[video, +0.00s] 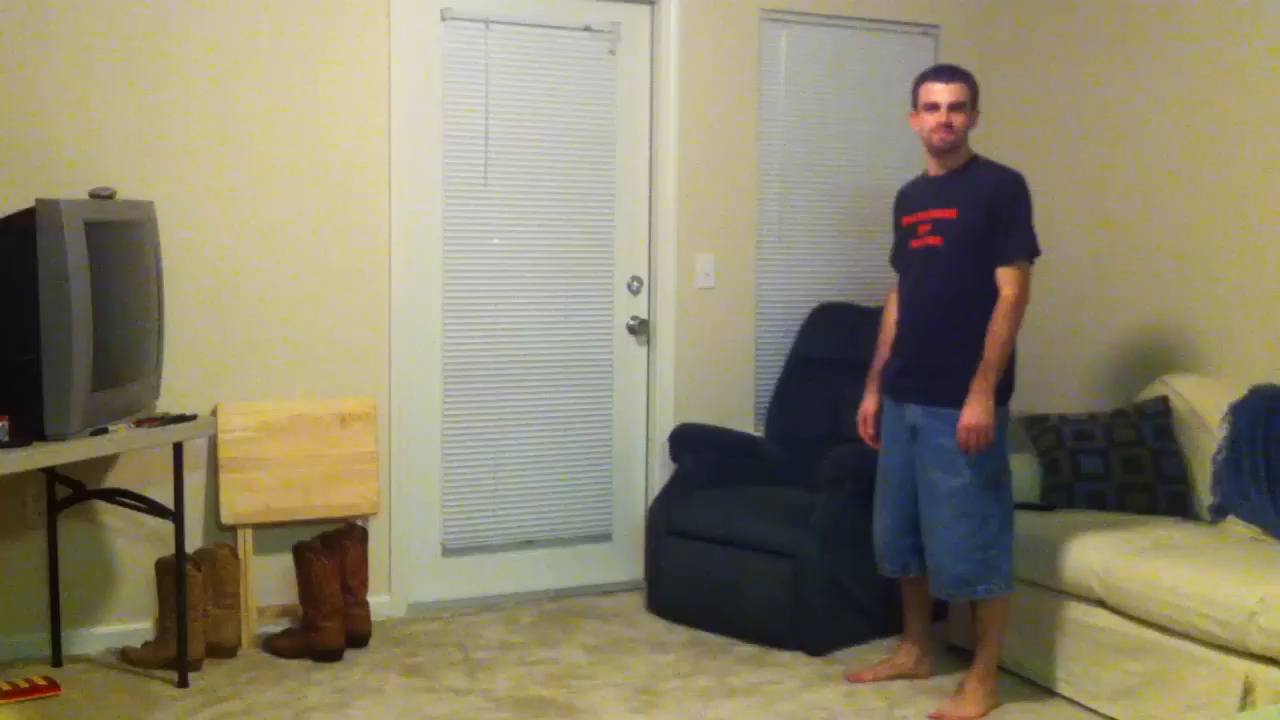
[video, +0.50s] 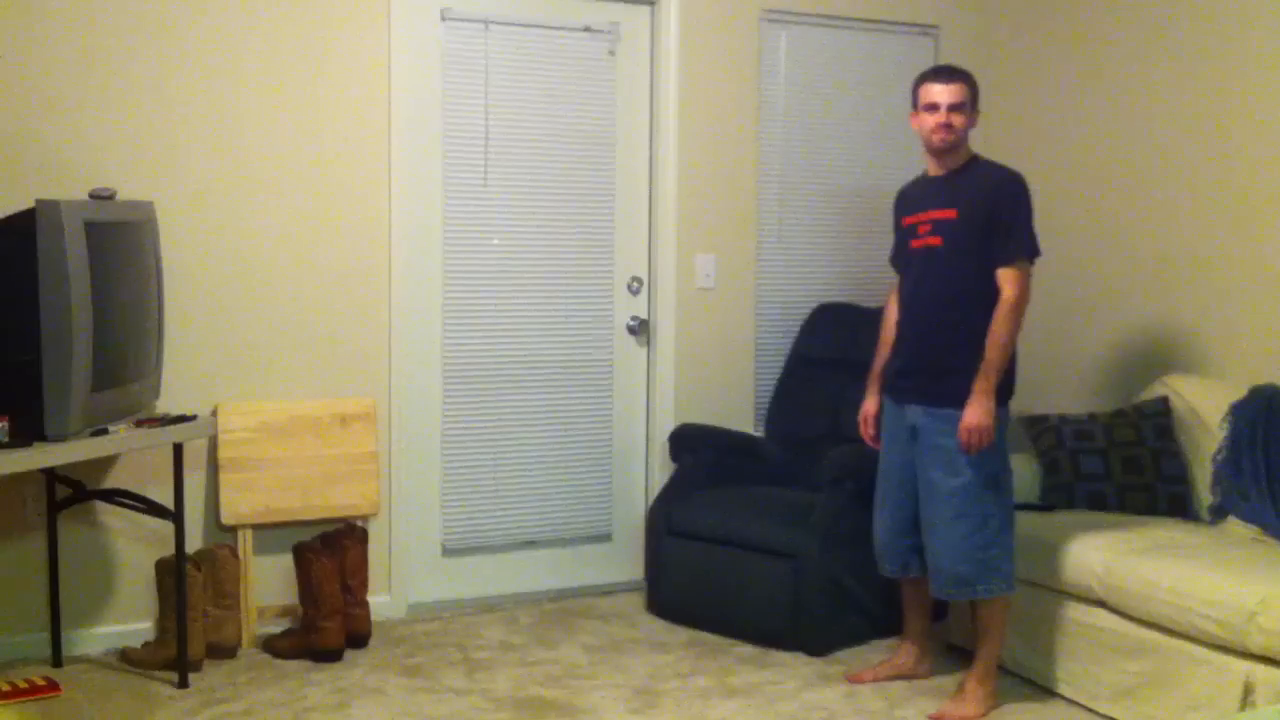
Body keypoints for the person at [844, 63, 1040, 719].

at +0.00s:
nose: (944, 119)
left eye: (957, 109)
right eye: (931, 108)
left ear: (974, 118)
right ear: (914, 118)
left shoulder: (1001, 188)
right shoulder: (909, 199)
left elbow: (1012, 297)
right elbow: (900, 295)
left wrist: (983, 394)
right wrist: (874, 386)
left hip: (964, 402)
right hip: (902, 397)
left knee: (978, 544)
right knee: (907, 531)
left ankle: (983, 677)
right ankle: (914, 650)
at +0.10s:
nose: (944, 119)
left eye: (957, 109)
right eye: (931, 108)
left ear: (974, 118)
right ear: (914, 118)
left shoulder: (1001, 188)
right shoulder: (908, 199)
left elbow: (1012, 296)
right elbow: (900, 295)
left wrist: (983, 394)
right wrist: (874, 385)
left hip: (964, 402)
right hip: (902, 397)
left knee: (979, 544)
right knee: (906, 531)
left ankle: (984, 676)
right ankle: (914, 650)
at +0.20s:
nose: (944, 119)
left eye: (957, 108)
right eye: (931, 108)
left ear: (974, 118)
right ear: (914, 118)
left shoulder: (1001, 188)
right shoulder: (908, 199)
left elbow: (1012, 296)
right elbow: (900, 295)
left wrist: (983, 395)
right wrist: (874, 385)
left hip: (964, 403)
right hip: (902, 397)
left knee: (978, 544)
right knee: (906, 531)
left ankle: (983, 677)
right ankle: (914, 650)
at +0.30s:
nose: (944, 119)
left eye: (957, 109)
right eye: (931, 109)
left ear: (974, 118)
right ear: (914, 118)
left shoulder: (1001, 188)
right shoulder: (908, 199)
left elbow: (1012, 297)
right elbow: (900, 295)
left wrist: (983, 395)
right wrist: (874, 387)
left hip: (964, 403)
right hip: (902, 398)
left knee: (979, 544)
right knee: (905, 532)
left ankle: (983, 677)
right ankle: (914, 650)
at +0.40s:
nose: (943, 119)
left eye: (957, 109)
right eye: (931, 109)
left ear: (974, 118)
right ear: (914, 119)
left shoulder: (1001, 188)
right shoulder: (908, 199)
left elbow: (1012, 296)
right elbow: (900, 296)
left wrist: (984, 396)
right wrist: (874, 387)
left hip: (964, 403)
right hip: (902, 398)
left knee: (979, 544)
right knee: (905, 531)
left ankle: (983, 677)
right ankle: (914, 650)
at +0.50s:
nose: (944, 119)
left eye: (957, 109)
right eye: (931, 109)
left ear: (974, 118)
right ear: (914, 119)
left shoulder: (1001, 188)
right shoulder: (908, 200)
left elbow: (1012, 296)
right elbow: (900, 296)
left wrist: (984, 395)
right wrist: (874, 386)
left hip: (964, 402)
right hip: (903, 397)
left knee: (979, 544)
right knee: (905, 531)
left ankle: (983, 677)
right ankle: (914, 650)